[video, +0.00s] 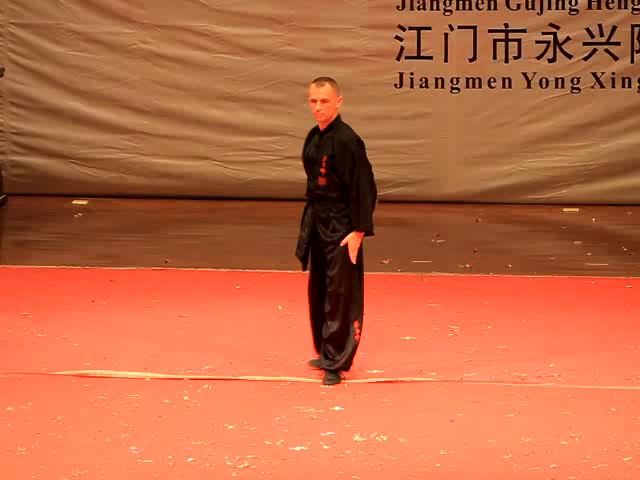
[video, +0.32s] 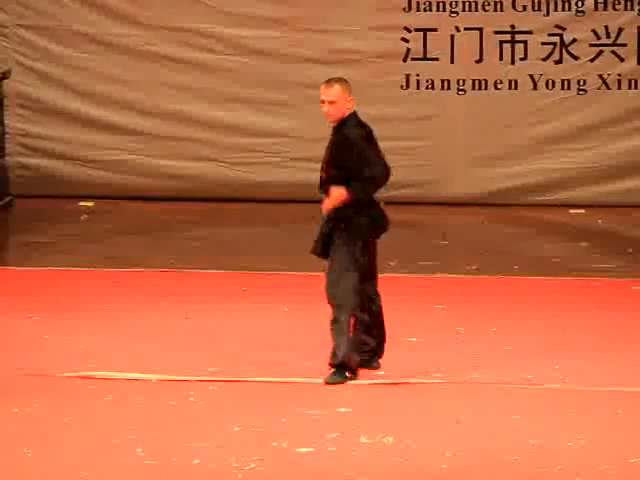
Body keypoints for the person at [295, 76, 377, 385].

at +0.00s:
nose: (318, 107)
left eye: (324, 101)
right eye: (313, 102)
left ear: (338, 102)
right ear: (309, 104)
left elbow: (365, 188)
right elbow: (316, 187)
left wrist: (359, 230)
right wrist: (310, 227)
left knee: (340, 293)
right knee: (320, 290)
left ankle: (338, 362)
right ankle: (326, 352)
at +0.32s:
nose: (325, 108)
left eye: (331, 102)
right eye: (323, 102)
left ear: (349, 101)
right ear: (325, 103)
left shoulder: (354, 132)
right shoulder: (344, 131)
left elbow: (379, 171)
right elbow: (342, 175)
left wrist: (348, 192)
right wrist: (331, 193)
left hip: (352, 224)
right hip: (357, 221)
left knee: (340, 289)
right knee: (364, 289)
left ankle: (344, 362)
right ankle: (368, 350)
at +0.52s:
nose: (328, 106)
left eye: (334, 100)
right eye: (326, 100)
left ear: (353, 98)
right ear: (328, 100)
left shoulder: (359, 126)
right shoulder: (350, 126)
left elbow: (382, 164)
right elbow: (377, 165)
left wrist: (343, 177)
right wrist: (339, 178)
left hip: (361, 219)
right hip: (357, 217)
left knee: (354, 288)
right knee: (365, 286)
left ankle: (367, 354)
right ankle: (366, 352)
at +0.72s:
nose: (333, 105)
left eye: (338, 99)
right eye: (330, 99)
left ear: (356, 97)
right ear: (333, 99)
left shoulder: (355, 129)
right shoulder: (359, 128)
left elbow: (351, 169)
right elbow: (378, 171)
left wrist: (347, 200)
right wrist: (352, 197)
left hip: (360, 218)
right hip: (366, 215)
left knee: (364, 284)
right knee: (366, 284)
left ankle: (369, 352)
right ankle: (368, 348)